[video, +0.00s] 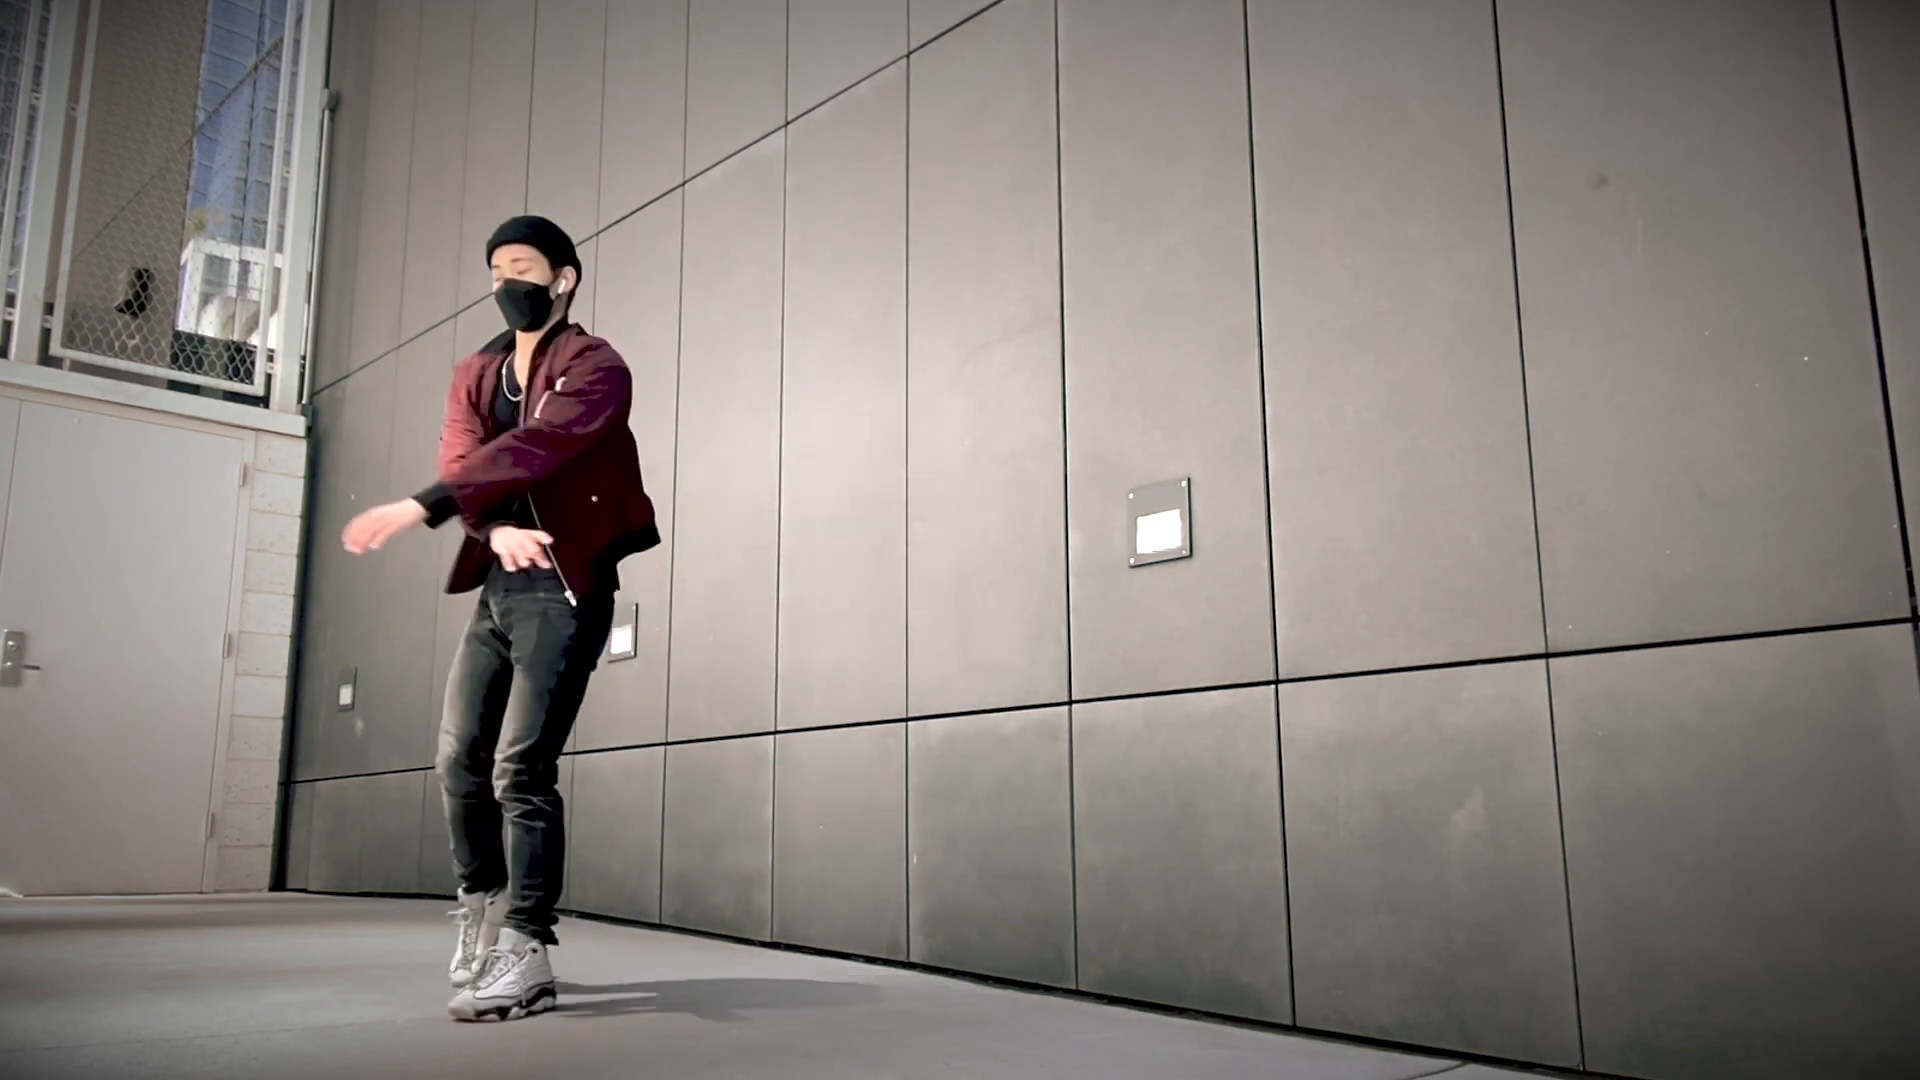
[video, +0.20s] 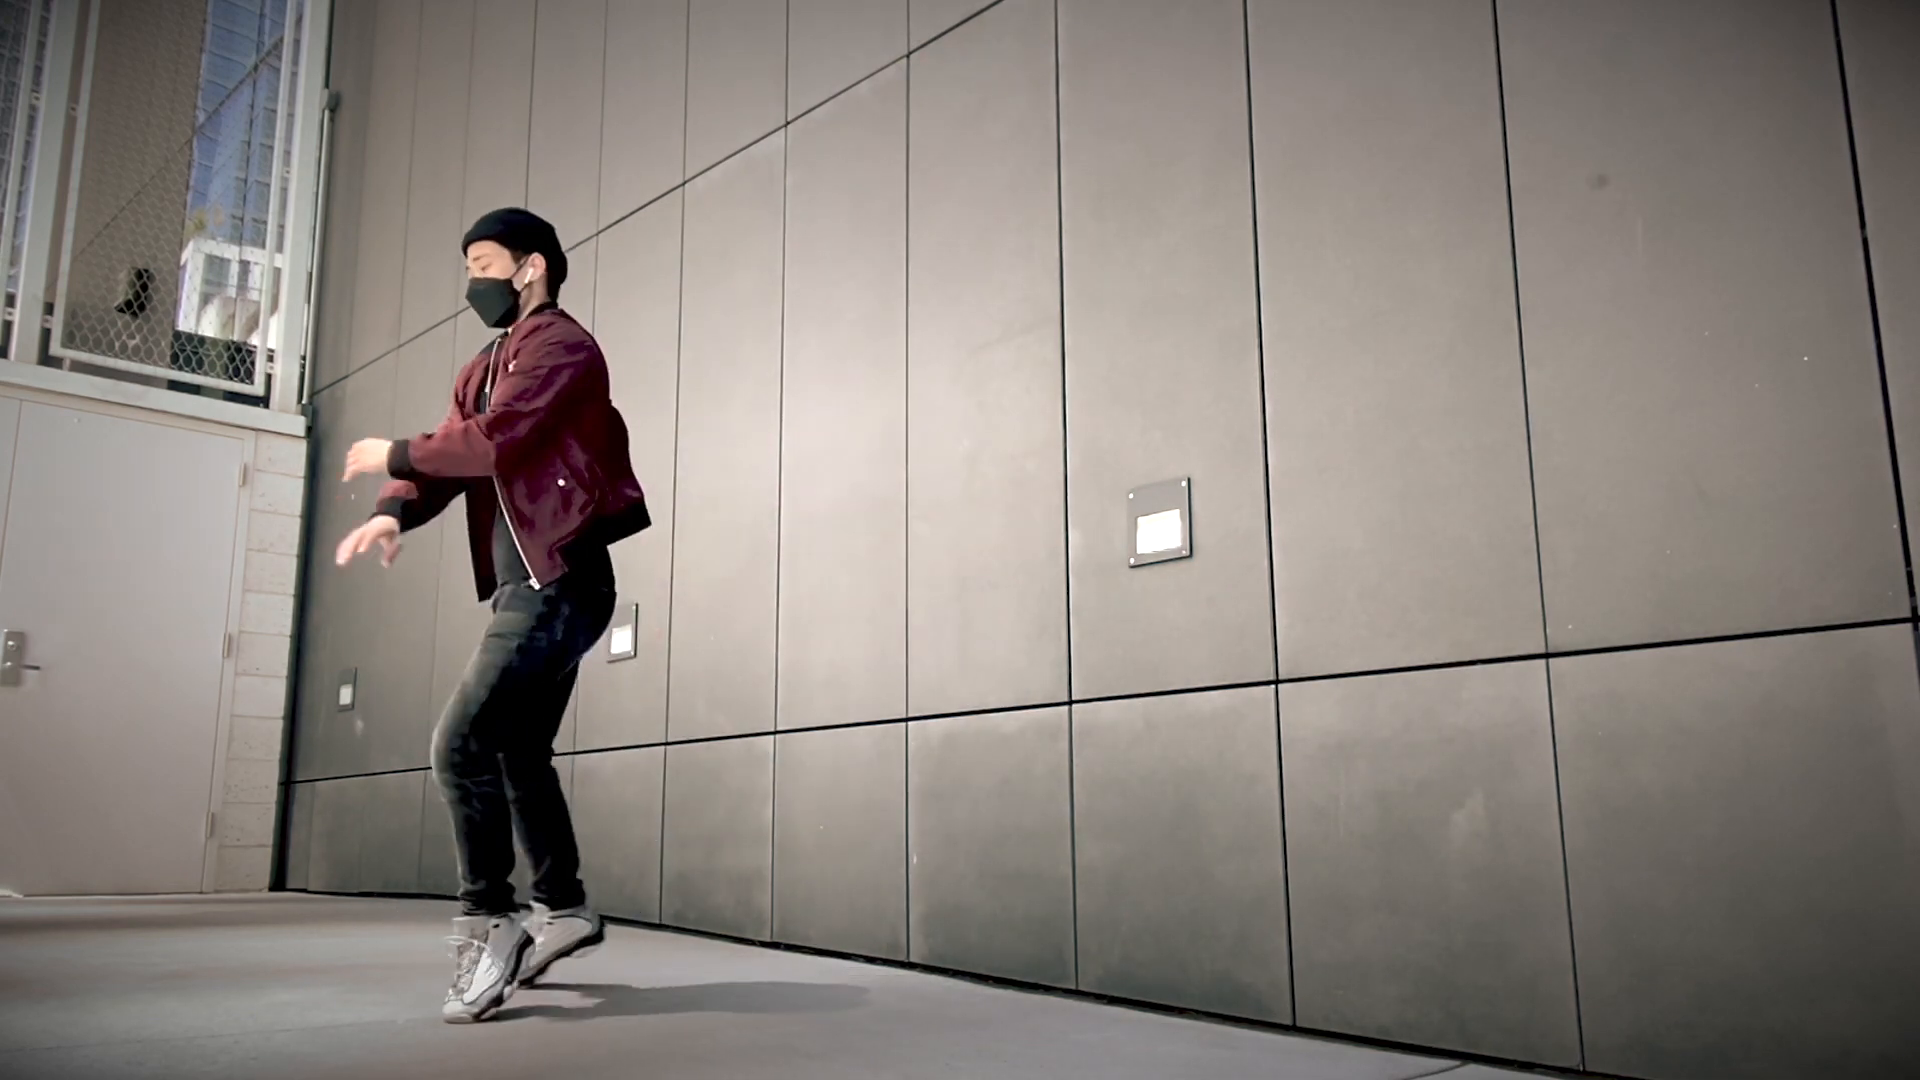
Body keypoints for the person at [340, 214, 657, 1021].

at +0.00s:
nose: (511, 281)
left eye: (527, 267)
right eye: (500, 270)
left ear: (567, 280)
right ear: (491, 286)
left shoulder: (598, 367)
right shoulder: (477, 371)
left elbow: (540, 447)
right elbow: (458, 465)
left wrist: (423, 504)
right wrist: (496, 527)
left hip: (564, 589)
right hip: (496, 586)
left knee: (522, 769)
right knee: (461, 764)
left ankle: (528, 951)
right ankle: (482, 912)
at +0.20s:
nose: (472, 283)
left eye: (483, 268)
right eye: (468, 272)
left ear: (534, 269)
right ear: (502, 278)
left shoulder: (560, 347)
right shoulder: (485, 369)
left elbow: (495, 441)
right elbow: (451, 455)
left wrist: (395, 454)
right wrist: (396, 511)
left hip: (557, 585)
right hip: (526, 585)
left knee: (463, 749)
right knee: (521, 749)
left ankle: (492, 928)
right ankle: (563, 910)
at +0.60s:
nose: (486, 292)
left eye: (496, 275)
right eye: (484, 279)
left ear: (545, 275)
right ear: (537, 282)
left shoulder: (566, 333)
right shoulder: (523, 367)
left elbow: (583, 397)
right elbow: (472, 450)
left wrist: (507, 454)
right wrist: (393, 473)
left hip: (559, 594)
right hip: (590, 599)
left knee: (427, 745)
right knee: (569, 778)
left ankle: (482, 919)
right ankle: (687, 912)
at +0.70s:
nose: (504, 289)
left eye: (516, 273)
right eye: (501, 275)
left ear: (566, 277)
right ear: (546, 284)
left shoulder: (588, 334)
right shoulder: (538, 371)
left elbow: (653, 381)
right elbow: (494, 453)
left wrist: (570, 462)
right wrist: (432, 457)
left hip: (565, 593)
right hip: (600, 601)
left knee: (444, 744)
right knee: (560, 779)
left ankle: (494, 917)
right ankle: (680, 911)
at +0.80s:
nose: (536, 289)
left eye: (551, 273)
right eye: (529, 277)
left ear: (600, 277)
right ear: (528, 284)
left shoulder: (628, 337)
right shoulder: (536, 383)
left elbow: (731, 381)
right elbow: (473, 452)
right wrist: (469, 437)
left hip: (584, 585)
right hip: (615, 594)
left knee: (473, 741)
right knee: (556, 772)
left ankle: (506, 922)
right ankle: (671, 904)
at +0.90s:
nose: (585, 279)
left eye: (600, 265)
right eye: (573, 268)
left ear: (638, 271)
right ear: (564, 277)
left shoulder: (675, 336)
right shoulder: (549, 375)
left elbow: (785, 389)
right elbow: (456, 440)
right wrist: (518, 411)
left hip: (625, 577)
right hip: (602, 586)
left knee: (516, 738)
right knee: (572, 765)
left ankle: (520, 926)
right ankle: (657, 914)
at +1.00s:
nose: (636, 271)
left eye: (652, 260)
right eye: (621, 259)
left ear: (677, 274)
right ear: (601, 272)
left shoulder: (713, 342)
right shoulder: (578, 367)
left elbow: (810, 404)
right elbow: (475, 424)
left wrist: (866, 492)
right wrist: (564, 390)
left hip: (673, 570)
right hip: (622, 574)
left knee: (594, 750)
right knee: (593, 756)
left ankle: (572, 946)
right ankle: (666, 920)